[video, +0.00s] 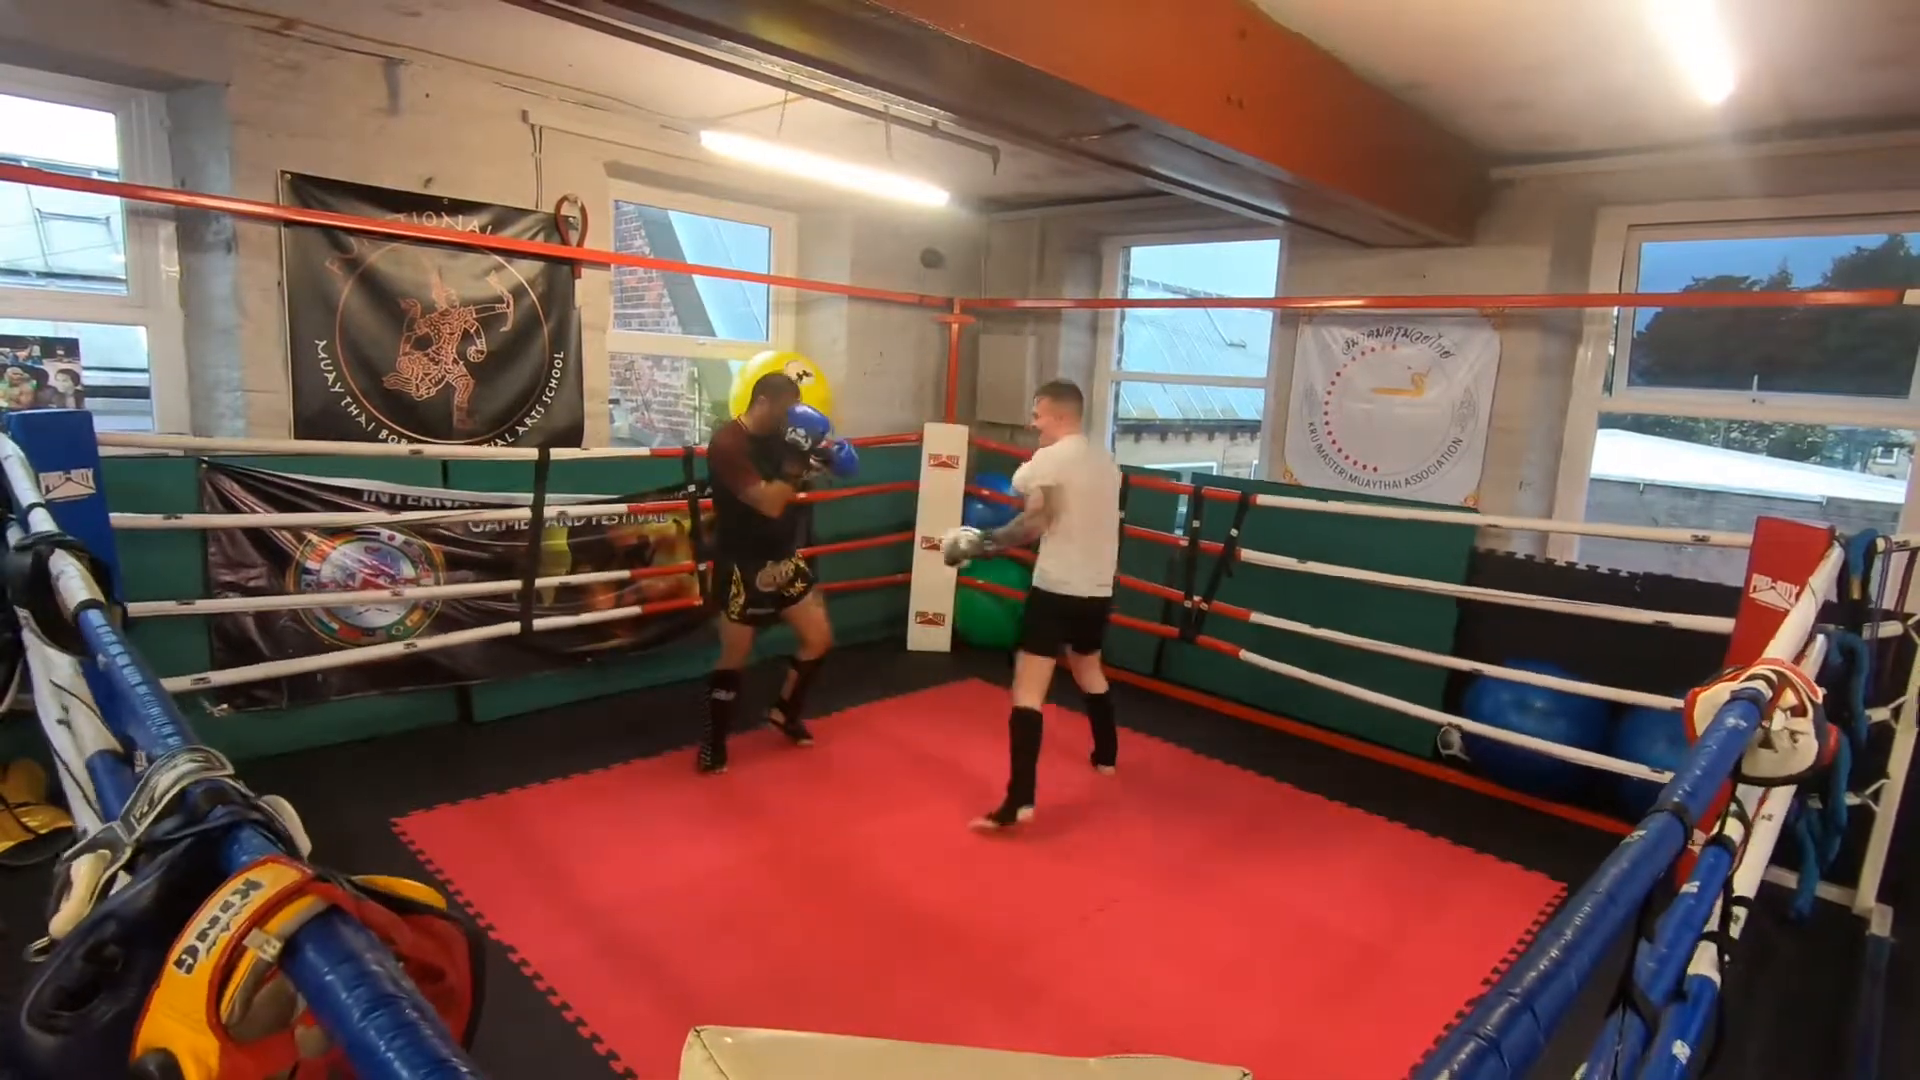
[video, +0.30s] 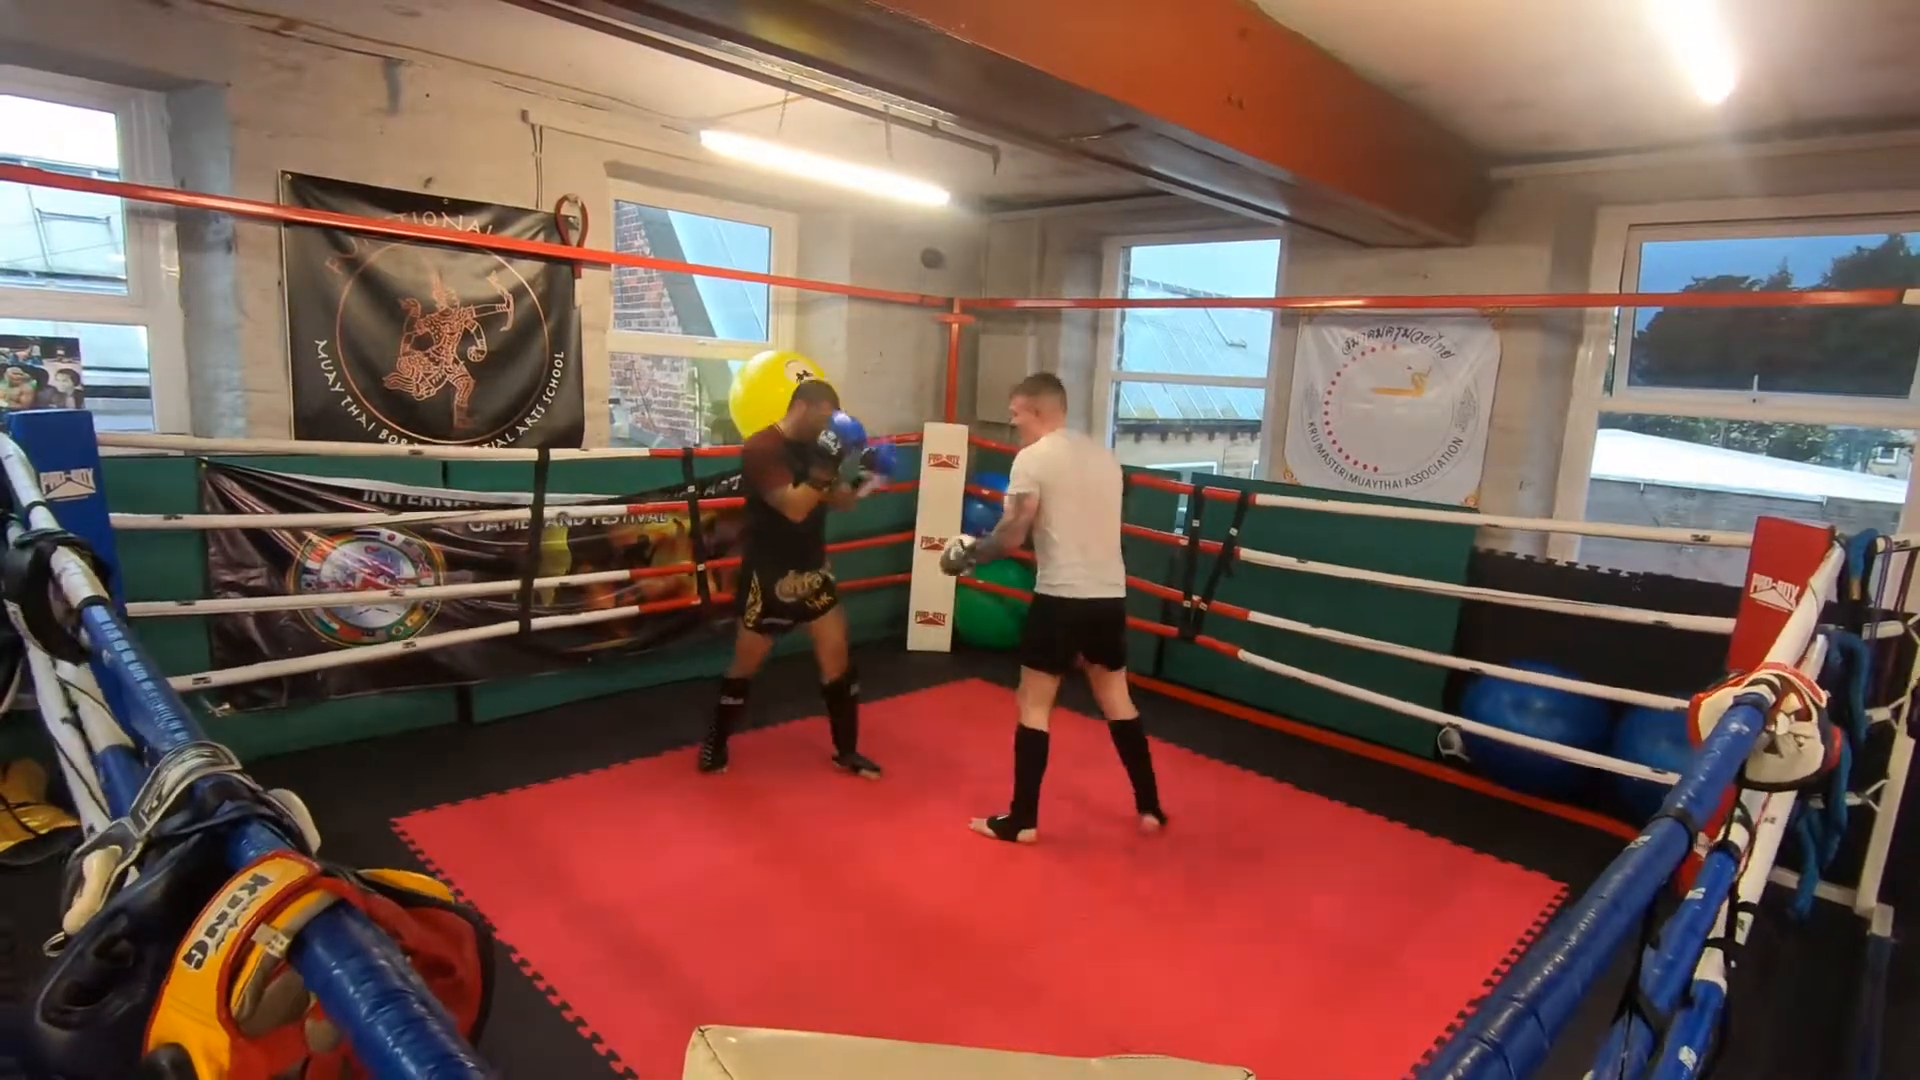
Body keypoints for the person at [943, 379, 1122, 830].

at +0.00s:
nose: (1034, 424)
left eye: (1038, 416)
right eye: (1035, 416)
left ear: (1055, 416)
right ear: (1075, 416)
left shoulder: (1044, 464)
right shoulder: (1108, 464)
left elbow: (1030, 525)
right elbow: (1087, 520)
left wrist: (979, 542)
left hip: (1054, 593)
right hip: (1097, 594)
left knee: (1028, 693)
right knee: (1088, 667)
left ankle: (1019, 800)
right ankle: (1107, 756)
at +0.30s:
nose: (1016, 430)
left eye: (1017, 420)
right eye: (1014, 421)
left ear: (1035, 412)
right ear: (1060, 411)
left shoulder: (1033, 459)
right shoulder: (1106, 458)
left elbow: (1012, 536)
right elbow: (1078, 531)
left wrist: (973, 553)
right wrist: (989, 542)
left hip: (1058, 604)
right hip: (1110, 605)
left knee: (1034, 705)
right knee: (1116, 697)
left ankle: (1022, 819)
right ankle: (1149, 807)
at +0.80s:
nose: (1036, 428)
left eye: (1036, 420)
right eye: (1036, 420)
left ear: (1044, 417)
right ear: (1082, 415)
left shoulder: (1036, 467)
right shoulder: (1126, 467)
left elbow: (1003, 536)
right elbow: (1129, 533)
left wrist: (952, 545)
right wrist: (1041, 537)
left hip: (1063, 623)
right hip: (1123, 624)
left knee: (1026, 719)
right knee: (1145, 738)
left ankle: (994, 823)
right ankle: (1175, 861)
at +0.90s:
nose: (1024, 432)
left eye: (1025, 424)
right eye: (1025, 424)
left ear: (1037, 419)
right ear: (1073, 416)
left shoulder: (1027, 462)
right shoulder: (1119, 463)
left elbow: (962, 497)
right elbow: (1131, 531)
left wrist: (910, 487)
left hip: (1061, 619)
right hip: (1122, 620)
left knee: (1028, 719)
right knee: (1145, 729)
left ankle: (993, 825)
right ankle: (1177, 852)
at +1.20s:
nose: (1043, 439)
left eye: (1043, 431)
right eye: (1041, 431)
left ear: (1060, 425)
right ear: (1096, 424)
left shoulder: (1054, 473)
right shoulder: (1141, 475)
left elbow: (992, 535)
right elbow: (1120, 538)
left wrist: (936, 543)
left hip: (1068, 630)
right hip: (1132, 635)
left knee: (1030, 725)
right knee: (1153, 748)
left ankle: (993, 825)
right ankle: (1184, 871)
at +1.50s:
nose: (1040, 435)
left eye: (1041, 426)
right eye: (1039, 427)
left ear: (1059, 423)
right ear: (1091, 423)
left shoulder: (1049, 471)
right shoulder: (1139, 472)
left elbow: (978, 517)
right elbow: (1140, 542)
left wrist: (924, 501)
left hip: (1070, 632)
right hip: (1135, 636)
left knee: (1029, 728)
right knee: (1155, 748)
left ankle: (990, 837)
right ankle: (1188, 872)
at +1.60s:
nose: (1033, 434)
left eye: (1035, 425)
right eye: (1033, 425)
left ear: (1049, 422)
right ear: (1084, 420)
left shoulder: (1036, 464)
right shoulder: (1128, 466)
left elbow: (955, 483)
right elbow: (1143, 536)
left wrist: (902, 466)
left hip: (1069, 631)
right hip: (1134, 632)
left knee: (1029, 729)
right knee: (1158, 740)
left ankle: (990, 838)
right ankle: (1192, 863)